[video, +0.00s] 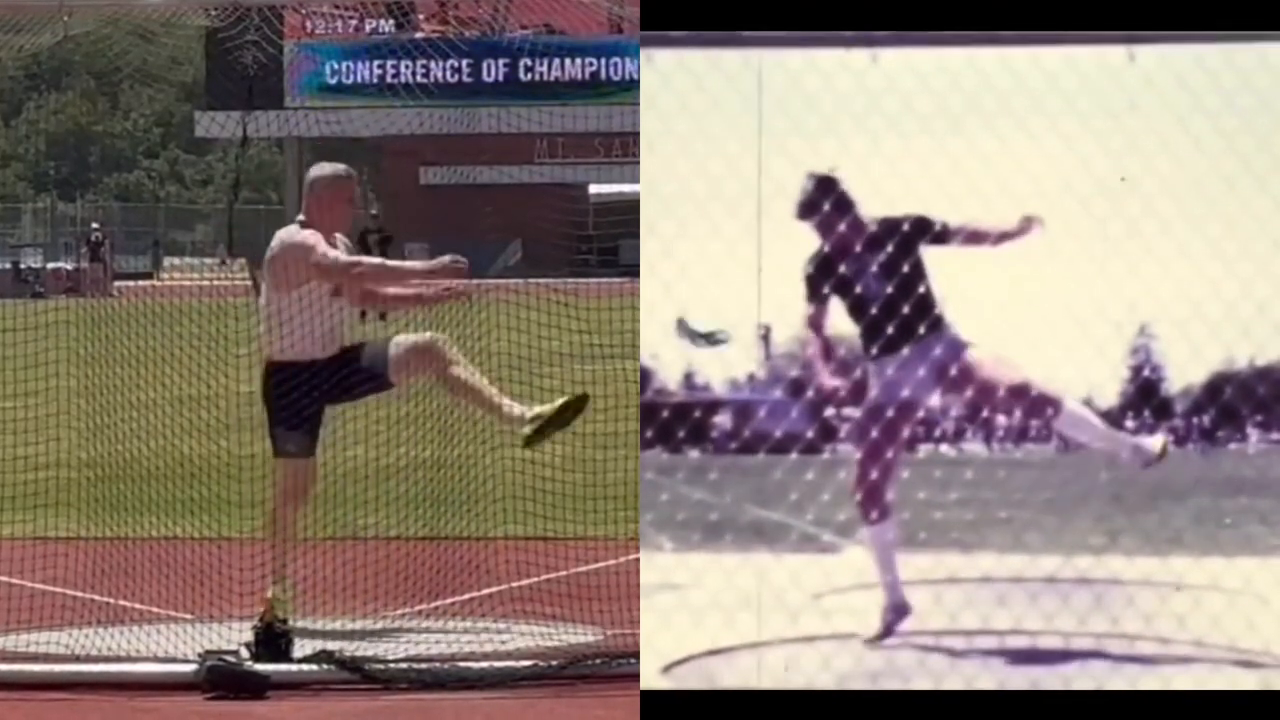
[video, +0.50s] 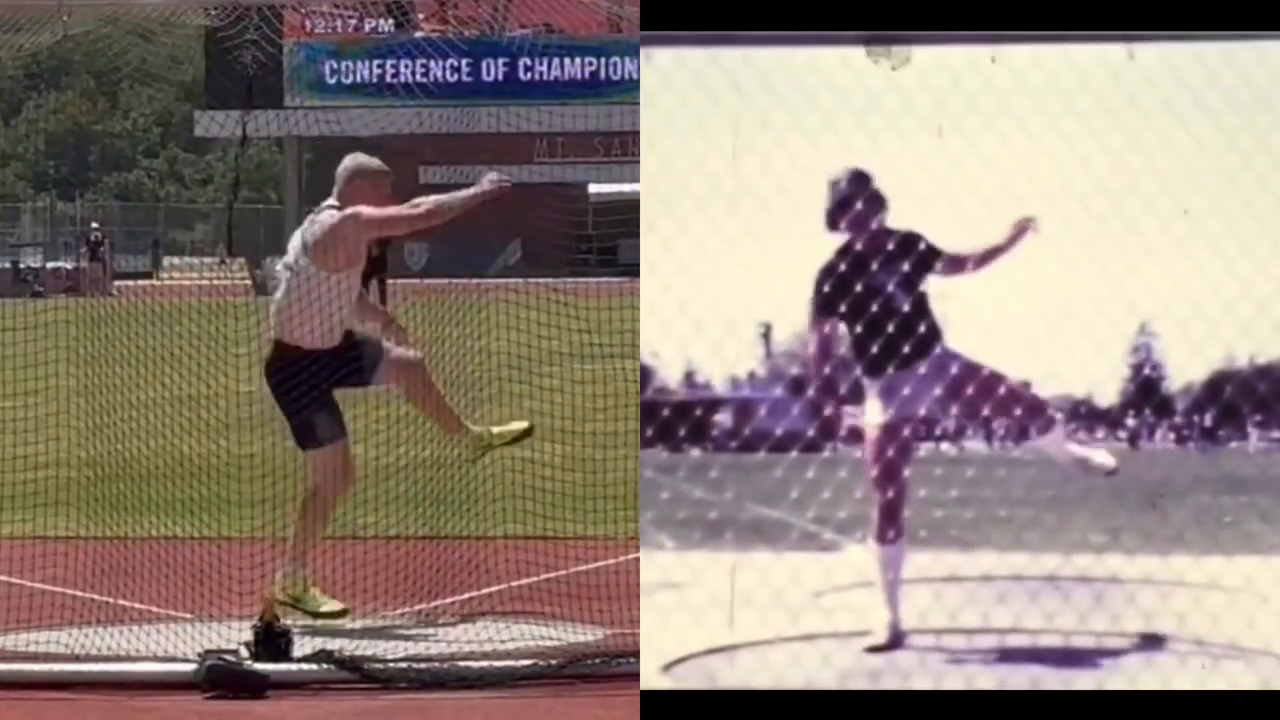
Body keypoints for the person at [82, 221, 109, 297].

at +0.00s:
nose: (95, 233)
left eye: (97, 230)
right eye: (93, 230)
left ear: (100, 230)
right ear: (91, 230)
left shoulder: (103, 238)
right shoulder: (89, 238)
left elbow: (105, 249)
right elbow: (86, 248)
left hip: (100, 260)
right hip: (91, 260)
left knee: (100, 277)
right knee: (92, 277)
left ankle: (101, 292)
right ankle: (91, 292)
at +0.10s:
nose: (95, 233)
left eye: (97, 230)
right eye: (93, 230)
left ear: (100, 230)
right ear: (91, 230)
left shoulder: (103, 238)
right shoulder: (89, 238)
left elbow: (105, 249)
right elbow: (86, 248)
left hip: (100, 260)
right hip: (91, 260)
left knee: (100, 277)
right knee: (92, 277)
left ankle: (101, 292)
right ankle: (91, 292)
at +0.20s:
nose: (95, 232)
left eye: (97, 229)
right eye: (93, 230)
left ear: (99, 229)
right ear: (91, 230)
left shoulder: (103, 238)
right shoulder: (89, 238)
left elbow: (105, 249)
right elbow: (86, 248)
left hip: (100, 260)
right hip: (91, 259)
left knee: (100, 276)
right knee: (92, 277)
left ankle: (101, 292)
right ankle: (91, 292)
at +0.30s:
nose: (95, 232)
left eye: (97, 229)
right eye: (93, 229)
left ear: (99, 229)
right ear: (91, 229)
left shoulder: (103, 237)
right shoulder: (89, 238)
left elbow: (105, 248)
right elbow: (86, 247)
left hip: (100, 259)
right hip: (91, 259)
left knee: (100, 276)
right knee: (91, 276)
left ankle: (101, 292)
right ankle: (91, 292)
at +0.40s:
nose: (95, 232)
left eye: (97, 229)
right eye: (93, 229)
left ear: (99, 229)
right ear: (90, 229)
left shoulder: (102, 237)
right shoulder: (89, 237)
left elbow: (105, 247)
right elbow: (87, 247)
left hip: (100, 259)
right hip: (91, 259)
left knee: (100, 276)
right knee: (91, 276)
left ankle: (102, 291)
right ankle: (91, 291)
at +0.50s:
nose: (95, 232)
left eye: (97, 229)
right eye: (93, 229)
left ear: (99, 229)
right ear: (90, 229)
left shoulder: (102, 237)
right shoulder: (89, 237)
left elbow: (105, 248)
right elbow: (86, 247)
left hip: (100, 259)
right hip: (91, 259)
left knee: (100, 276)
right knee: (91, 276)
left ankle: (101, 292)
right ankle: (91, 292)